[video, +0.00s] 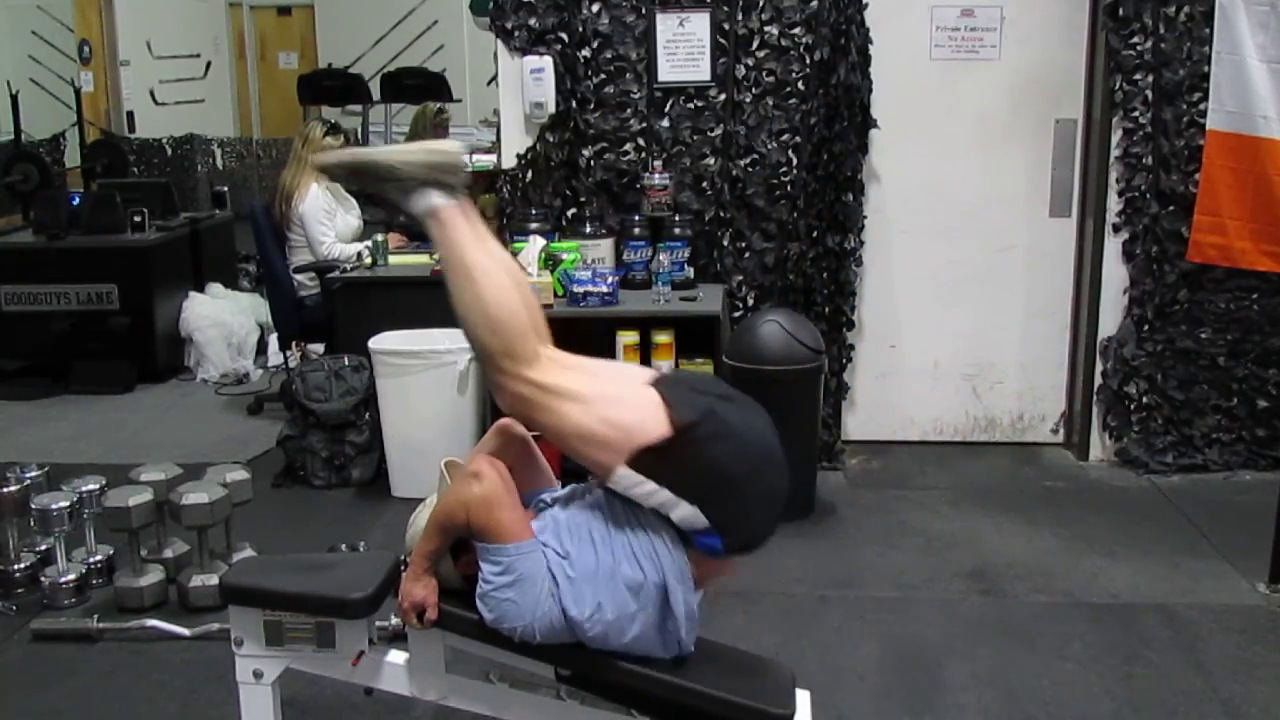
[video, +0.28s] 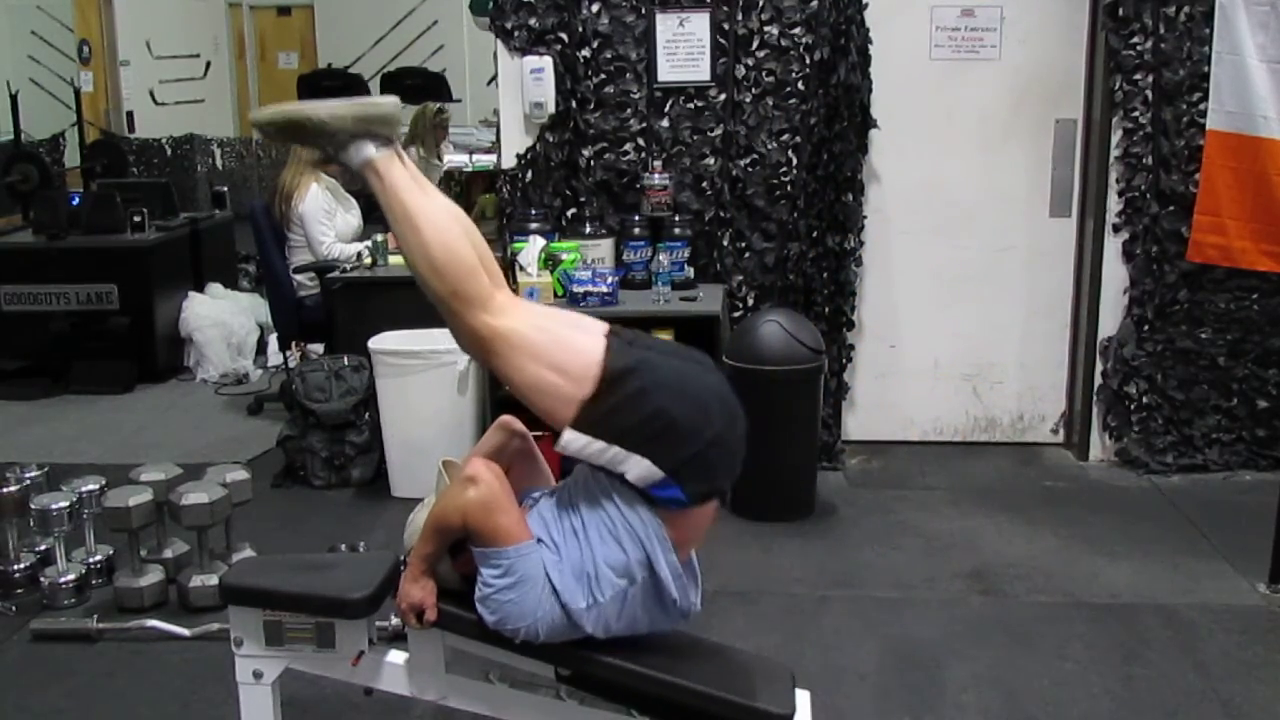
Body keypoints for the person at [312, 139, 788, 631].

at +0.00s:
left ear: (471, 552)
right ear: (474, 567)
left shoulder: (542, 530)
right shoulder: (517, 598)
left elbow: (510, 433)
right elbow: (476, 485)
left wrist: (457, 500)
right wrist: (422, 564)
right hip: (731, 483)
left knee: (534, 370)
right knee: (525, 375)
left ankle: (445, 195)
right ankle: (434, 196)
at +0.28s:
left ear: (465, 566)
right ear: (470, 569)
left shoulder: (537, 535)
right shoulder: (516, 600)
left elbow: (511, 430)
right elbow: (474, 481)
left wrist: (449, 513)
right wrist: (420, 566)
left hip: (699, 423)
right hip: (697, 441)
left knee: (499, 313)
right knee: (490, 322)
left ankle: (385, 152)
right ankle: (372, 154)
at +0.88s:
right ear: (472, 564)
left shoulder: (546, 550)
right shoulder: (519, 596)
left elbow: (512, 438)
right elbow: (476, 480)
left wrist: (453, 502)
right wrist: (422, 562)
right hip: (685, 445)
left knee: (538, 258)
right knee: (533, 260)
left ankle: (438, 82)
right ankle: (433, 78)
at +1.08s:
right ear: (470, 562)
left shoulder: (545, 542)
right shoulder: (519, 593)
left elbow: (512, 439)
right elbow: (478, 479)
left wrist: (442, 538)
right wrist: (423, 560)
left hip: (708, 446)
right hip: (691, 458)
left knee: (578, 253)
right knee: (574, 255)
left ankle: (501, 59)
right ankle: (495, 58)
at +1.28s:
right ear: (473, 563)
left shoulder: (549, 529)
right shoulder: (518, 590)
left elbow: (512, 438)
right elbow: (477, 479)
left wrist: (452, 515)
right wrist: (422, 562)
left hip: (719, 461)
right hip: (705, 477)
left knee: (628, 254)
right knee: (622, 256)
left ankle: (576, 47)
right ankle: (574, 45)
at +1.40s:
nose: (461, 473)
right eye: (462, 475)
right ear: (466, 557)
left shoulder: (555, 524)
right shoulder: (514, 590)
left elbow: (511, 437)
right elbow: (479, 479)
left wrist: (455, 508)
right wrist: (422, 561)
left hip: (730, 477)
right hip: (711, 495)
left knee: (661, 264)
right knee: (652, 266)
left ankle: (634, 54)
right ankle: (631, 49)